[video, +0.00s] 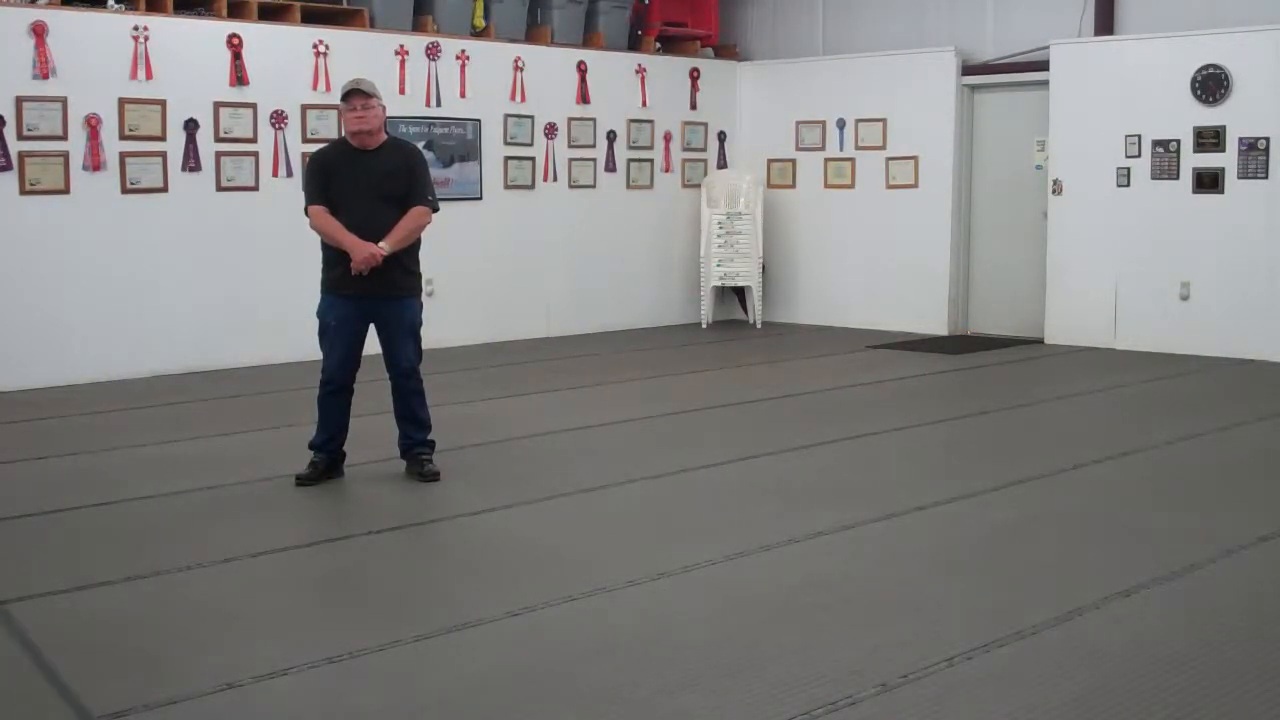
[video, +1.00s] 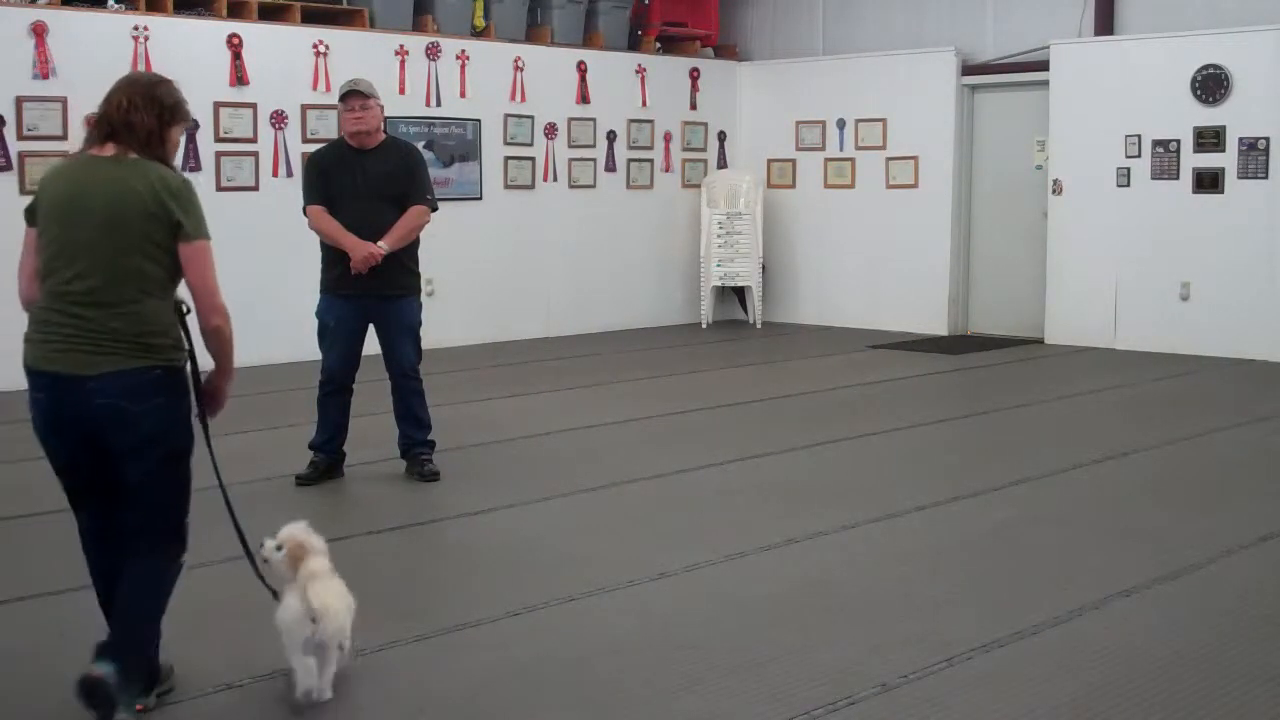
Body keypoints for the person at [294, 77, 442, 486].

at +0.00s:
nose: (359, 114)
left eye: (366, 107)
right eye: (351, 109)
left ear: (382, 111)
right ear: (341, 117)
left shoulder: (407, 155)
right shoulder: (323, 161)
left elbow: (422, 213)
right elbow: (317, 215)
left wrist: (379, 250)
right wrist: (355, 246)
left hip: (398, 287)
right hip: (342, 288)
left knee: (406, 373)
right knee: (335, 375)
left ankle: (419, 452)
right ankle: (327, 455)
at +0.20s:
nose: (359, 114)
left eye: (366, 107)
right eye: (351, 109)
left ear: (382, 111)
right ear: (340, 117)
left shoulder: (407, 155)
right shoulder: (322, 161)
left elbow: (421, 214)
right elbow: (316, 215)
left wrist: (378, 251)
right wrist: (355, 246)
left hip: (398, 287)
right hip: (342, 288)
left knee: (406, 373)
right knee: (335, 375)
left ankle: (419, 452)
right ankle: (327, 455)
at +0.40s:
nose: (358, 113)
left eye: (365, 107)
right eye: (350, 108)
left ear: (381, 112)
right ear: (340, 117)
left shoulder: (407, 155)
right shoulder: (321, 161)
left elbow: (421, 213)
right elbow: (316, 215)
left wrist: (378, 250)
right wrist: (355, 246)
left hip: (398, 288)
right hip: (342, 289)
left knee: (406, 373)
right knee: (335, 375)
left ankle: (419, 452)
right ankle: (327, 455)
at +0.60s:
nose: (357, 114)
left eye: (364, 107)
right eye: (349, 109)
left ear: (381, 112)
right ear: (339, 117)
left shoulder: (407, 155)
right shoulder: (321, 161)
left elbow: (421, 212)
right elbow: (316, 215)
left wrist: (378, 250)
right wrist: (355, 246)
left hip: (398, 287)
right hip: (342, 288)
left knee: (406, 373)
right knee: (334, 375)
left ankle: (419, 452)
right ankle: (327, 455)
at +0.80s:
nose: (357, 114)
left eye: (364, 107)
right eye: (349, 109)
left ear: (380, 112)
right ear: (339, 117)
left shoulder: (407, 155)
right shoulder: (321, 161)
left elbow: (421, 212)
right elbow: (315, 215)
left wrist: (378, 250)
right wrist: (355, 246)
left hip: (397, 287)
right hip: (342, 288)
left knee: (406, 373)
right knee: (334, 375)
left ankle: (419, 452)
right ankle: (327, 455)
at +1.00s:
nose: (357, 114)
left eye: (365, 107)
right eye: (350, 109)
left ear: (380, 111)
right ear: (339, 117)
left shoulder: (406, 155)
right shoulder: (321, 161)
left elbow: (421, 211)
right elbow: (315, 214)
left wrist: (378, 249)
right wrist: (354, 246)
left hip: (397, 287)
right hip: (342, 288)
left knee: (406, 373)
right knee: (335, 375)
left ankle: (419, 452)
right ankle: (327, 455)